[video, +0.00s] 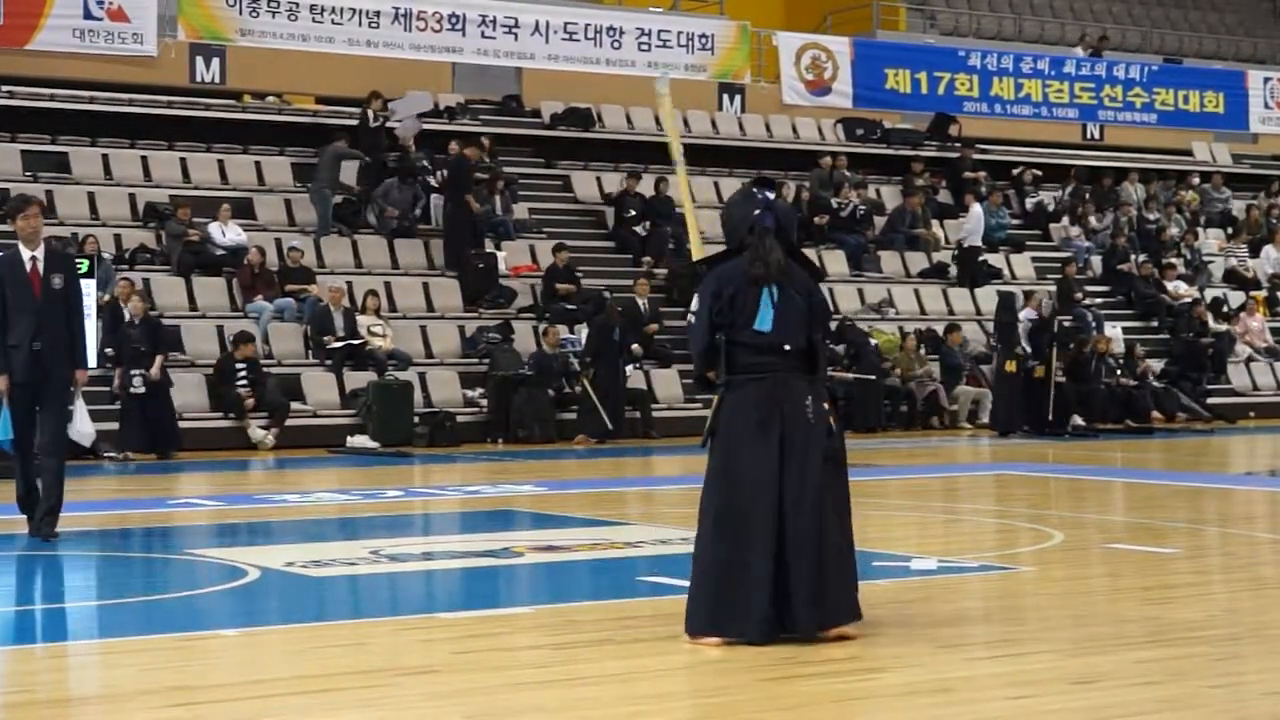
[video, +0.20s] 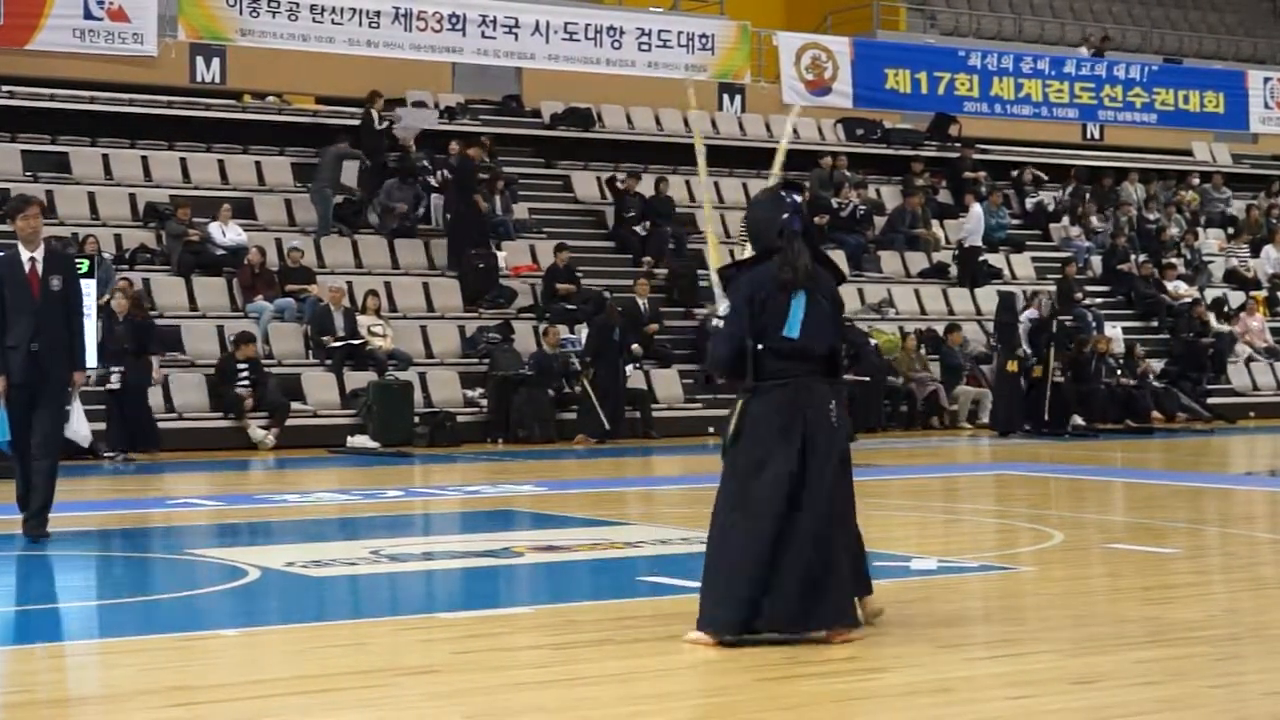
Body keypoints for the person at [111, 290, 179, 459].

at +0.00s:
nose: (134, 306)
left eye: (137, 302)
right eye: (131, 302)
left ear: (145, 305)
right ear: (128, 306)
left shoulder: (154, 325)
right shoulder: (124, 329)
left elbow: (162, 349)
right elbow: (120, 357)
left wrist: (156, 367)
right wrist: (117, 378)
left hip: (151, 373)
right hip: (130, 374)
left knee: (158, 411)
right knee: (130, 412)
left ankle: (163, 447)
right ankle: (128, 448)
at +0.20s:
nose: (118, 303)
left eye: (122, 299)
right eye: (115, 299)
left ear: (130, 301)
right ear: (111, 303)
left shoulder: (140, 320)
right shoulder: (109, 322)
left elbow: (152, 344)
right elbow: (104, 346)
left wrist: (155, 367)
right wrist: (101, 368)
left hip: (136, 367)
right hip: (114, 367)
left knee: (135, 405)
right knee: (115, 406)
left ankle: (147, 444)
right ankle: (119, 447)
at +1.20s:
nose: (127, 291)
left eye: (131, 288)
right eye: (125, 287)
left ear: (137, 291)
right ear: (121, 290)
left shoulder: (142, 306)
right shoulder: (113, 306)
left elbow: (154, 326)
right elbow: (108, 329)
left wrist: (155, 346)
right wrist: (111, 347)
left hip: (136, 344)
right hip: (117, 344)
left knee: (153, 361)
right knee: (122, 361)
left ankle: (149, 395)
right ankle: (119, 396)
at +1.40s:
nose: (127, 291)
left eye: (131, 288)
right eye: (125, 288)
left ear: (138, 292)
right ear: (121, 290)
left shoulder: (142, 306)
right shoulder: (113, 305)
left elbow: (155, 326)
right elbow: (108, 328)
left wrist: (156, 345)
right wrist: (109, 347)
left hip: (137, 345)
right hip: (118, 345)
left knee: (155, 362)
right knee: (121, 361)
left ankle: (151, 397)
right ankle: (118, 396)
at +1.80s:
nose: (129, 291)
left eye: (132, 288)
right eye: (126, 288)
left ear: (138, 292)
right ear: (122, 290)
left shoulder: (142, 306)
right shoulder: (114, 305)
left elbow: (156, 326)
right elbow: (109, 328)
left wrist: (157, 346)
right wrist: (110, 348)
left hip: (135, 345)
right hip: (117, 345)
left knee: (154, 361)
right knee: (121, 361)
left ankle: (150, 397)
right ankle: (119, 397)